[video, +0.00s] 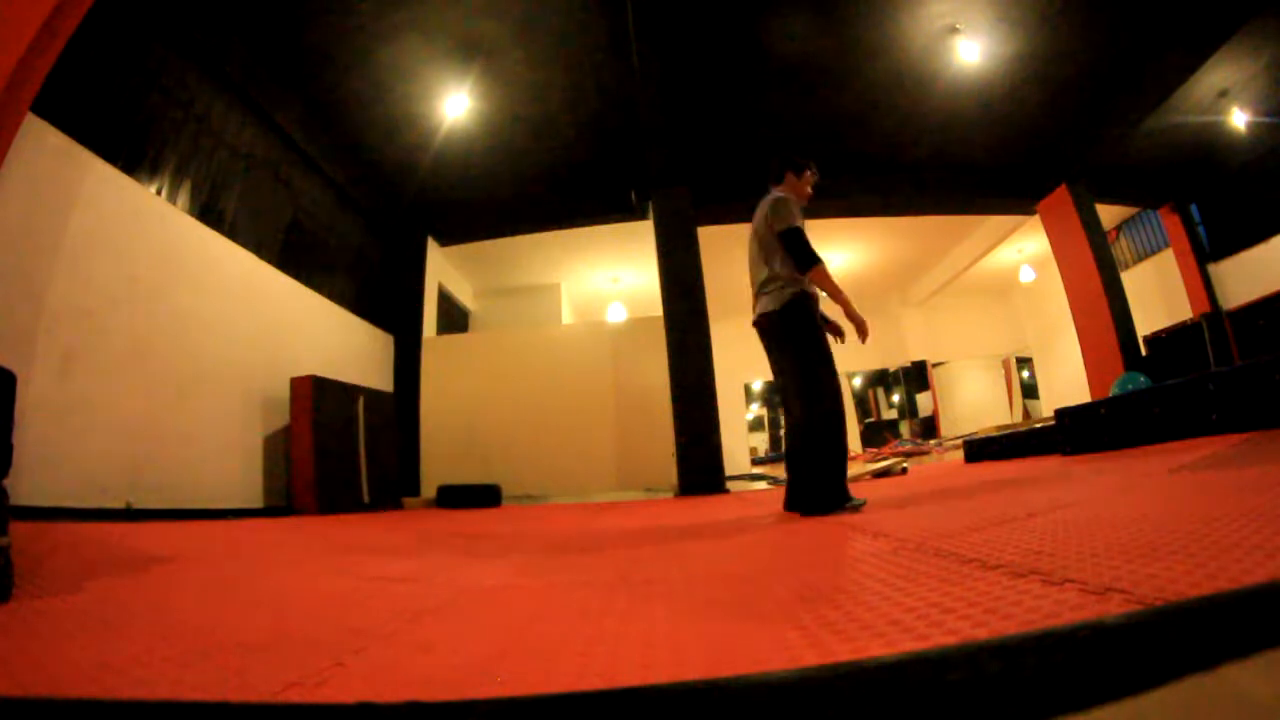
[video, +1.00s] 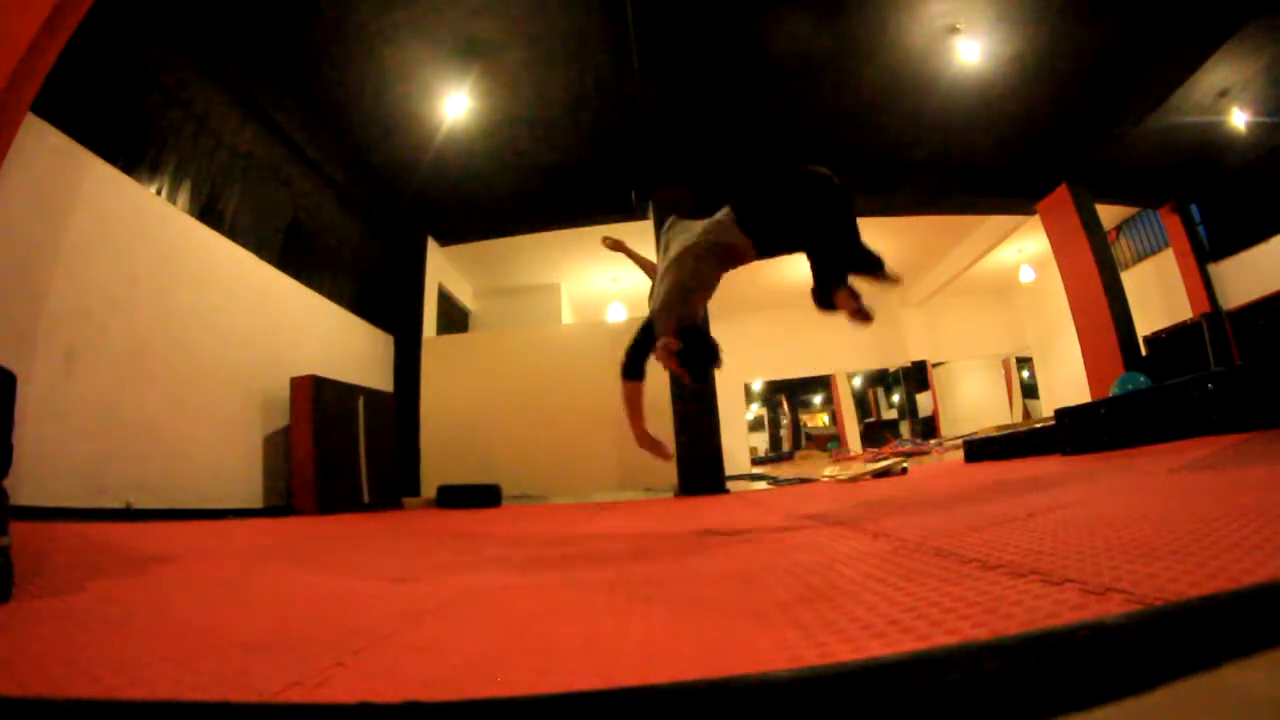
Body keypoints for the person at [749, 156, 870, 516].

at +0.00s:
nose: (811, 188)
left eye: (812, 181)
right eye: (808, 179)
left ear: (784, 178)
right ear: (790, 175)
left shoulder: (769, 209)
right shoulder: (781, 204)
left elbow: (786, 279)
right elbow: (807, 263)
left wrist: (821, 318)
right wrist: (850, 310)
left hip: (776, 315)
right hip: (790, 312)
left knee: (801, 404)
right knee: (823, 400)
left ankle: (803, 493)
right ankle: (826, 493)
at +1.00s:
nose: (663, 367)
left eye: (668, 369)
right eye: (670, 367)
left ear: (674, 345)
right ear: (674, 347)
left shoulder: (679, 306)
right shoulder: (664, 315)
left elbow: (655, 268)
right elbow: (631, 369)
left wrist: (625, 249)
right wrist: (639, 432)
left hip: (751, 231)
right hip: (744, 232)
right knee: (821, 201)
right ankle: (838, 291)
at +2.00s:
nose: (761, 467)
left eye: (769, 463)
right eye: (763, 461)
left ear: (742, 433)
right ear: (745, 440)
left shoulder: (725, 430)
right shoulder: (707, 439)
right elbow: (732, 528)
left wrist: (740, 488)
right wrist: (789, 517)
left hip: (622, 451)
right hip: (598, 455)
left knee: (658, 514)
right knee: (660, 528)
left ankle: (587, 509)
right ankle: (579, 519)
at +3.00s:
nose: (766, 456)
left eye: (775, 453)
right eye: (766, 442)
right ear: (742, 423)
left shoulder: (724, 440)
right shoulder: (710, 436)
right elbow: (736, 528)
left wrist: (750, 504)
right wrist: (790, 518)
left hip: (610, 450)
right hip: (590, 449)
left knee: (660, 515)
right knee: (658, 527)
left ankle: (582, 508)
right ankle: (577, 516)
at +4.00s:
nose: (730, 267)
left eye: (729, 259)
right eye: (725, 258)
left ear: (705, 261)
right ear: (705, 259)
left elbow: (697, 377)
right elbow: (643, 346)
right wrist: (631, 407)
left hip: (686, 420)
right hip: (652, 423)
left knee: (747, 414)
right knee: (657, 517)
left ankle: (739, 510)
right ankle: (581, 524)